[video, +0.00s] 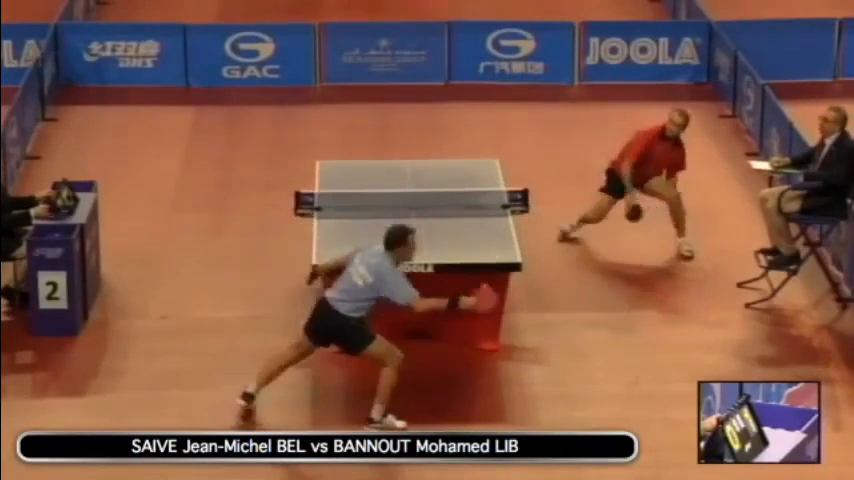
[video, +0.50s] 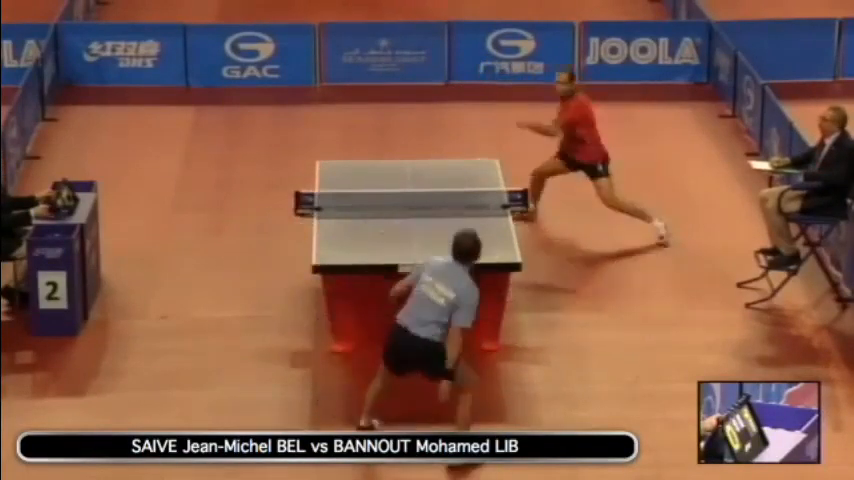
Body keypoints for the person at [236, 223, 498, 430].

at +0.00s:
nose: (413, 249)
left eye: (412, 244)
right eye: (411, 245)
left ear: (391, 243)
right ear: (401, 248)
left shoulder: (372, 252)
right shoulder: (387, 271)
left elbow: (346, 260)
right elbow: (417, 304)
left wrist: (324, 269)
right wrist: (457, 302)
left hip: (323, 312)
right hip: (345, 325)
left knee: (296, 352)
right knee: (394, 359)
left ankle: (251, 390)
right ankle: (378, 416)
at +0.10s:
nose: (430, 240)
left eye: (428, 236)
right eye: (429, 237)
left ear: (406, 234)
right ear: (423, 241)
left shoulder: (390, 241)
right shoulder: (412, 268)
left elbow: (360, 240)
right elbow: (449, 299)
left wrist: (379, 254)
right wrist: (484, 297)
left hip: (343, 304)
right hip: (363, 317)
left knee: (328, 348)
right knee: (400, 359)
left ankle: (286, 389)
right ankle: (379, 417)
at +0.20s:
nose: (439, 230)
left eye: (437, 225)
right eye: (438, 227)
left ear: (415, 222)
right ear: (433, 231)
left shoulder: (399, 230)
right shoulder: (420, 258)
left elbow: (370, 227)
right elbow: (454, 297)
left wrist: (393, 234)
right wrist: (490, 300)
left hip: (355, 297)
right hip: (378, 310)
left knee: (347, 342)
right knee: (406, 359)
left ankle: (314, 389)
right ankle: (385, 414)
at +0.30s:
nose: (455, 228)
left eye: (453, 223)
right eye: (454, 224)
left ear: (429, 221)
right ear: (449, 231)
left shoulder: (414, 229)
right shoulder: (438, 261)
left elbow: (384, 235)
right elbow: (455, 310)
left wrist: (372, 243)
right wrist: (478, 323)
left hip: (372, 299)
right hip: (397, 312)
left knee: (372, 345)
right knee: (430, 362)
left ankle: (354, 400)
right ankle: (421, 422)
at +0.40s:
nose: (465, 241)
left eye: (462, 236)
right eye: (464, 238)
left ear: (440, 234)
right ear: (461, 242)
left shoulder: (421, 245)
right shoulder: (450, 275)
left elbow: (393, 257)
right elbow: (455, 327)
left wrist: (376, 262)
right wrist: (473, 347)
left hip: (383, 315)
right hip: (410, 327)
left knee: (385, 360)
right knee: (444, 377)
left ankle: (367, 412)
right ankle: (454, 429)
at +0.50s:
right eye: (476, 251)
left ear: (452, 249)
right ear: (476, 257)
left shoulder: (432, 264)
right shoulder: (468, 290)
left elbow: (397, 290)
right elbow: (455, 333)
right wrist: (448, 374)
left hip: (400, 336)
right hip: (429, 346)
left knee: (382, 376)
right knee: (467, 382)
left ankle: (364, 419)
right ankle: (462, 447)